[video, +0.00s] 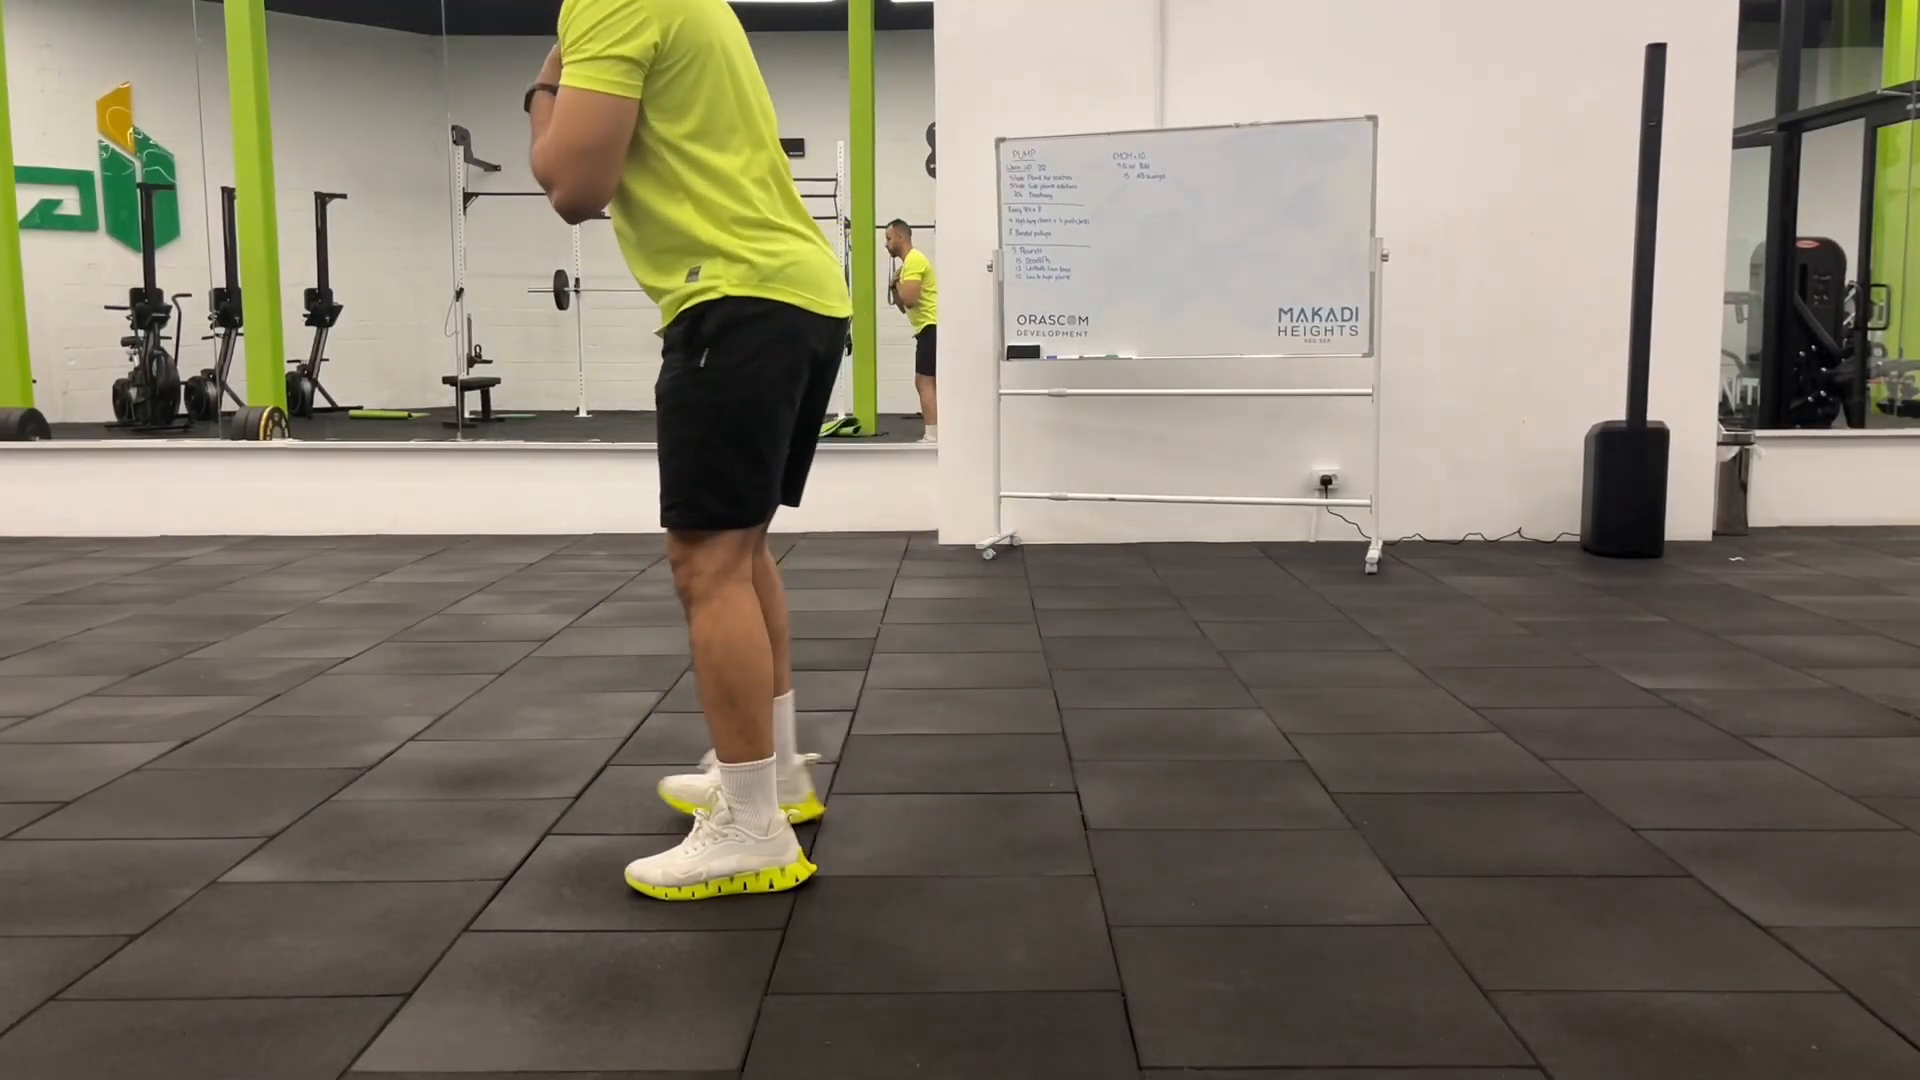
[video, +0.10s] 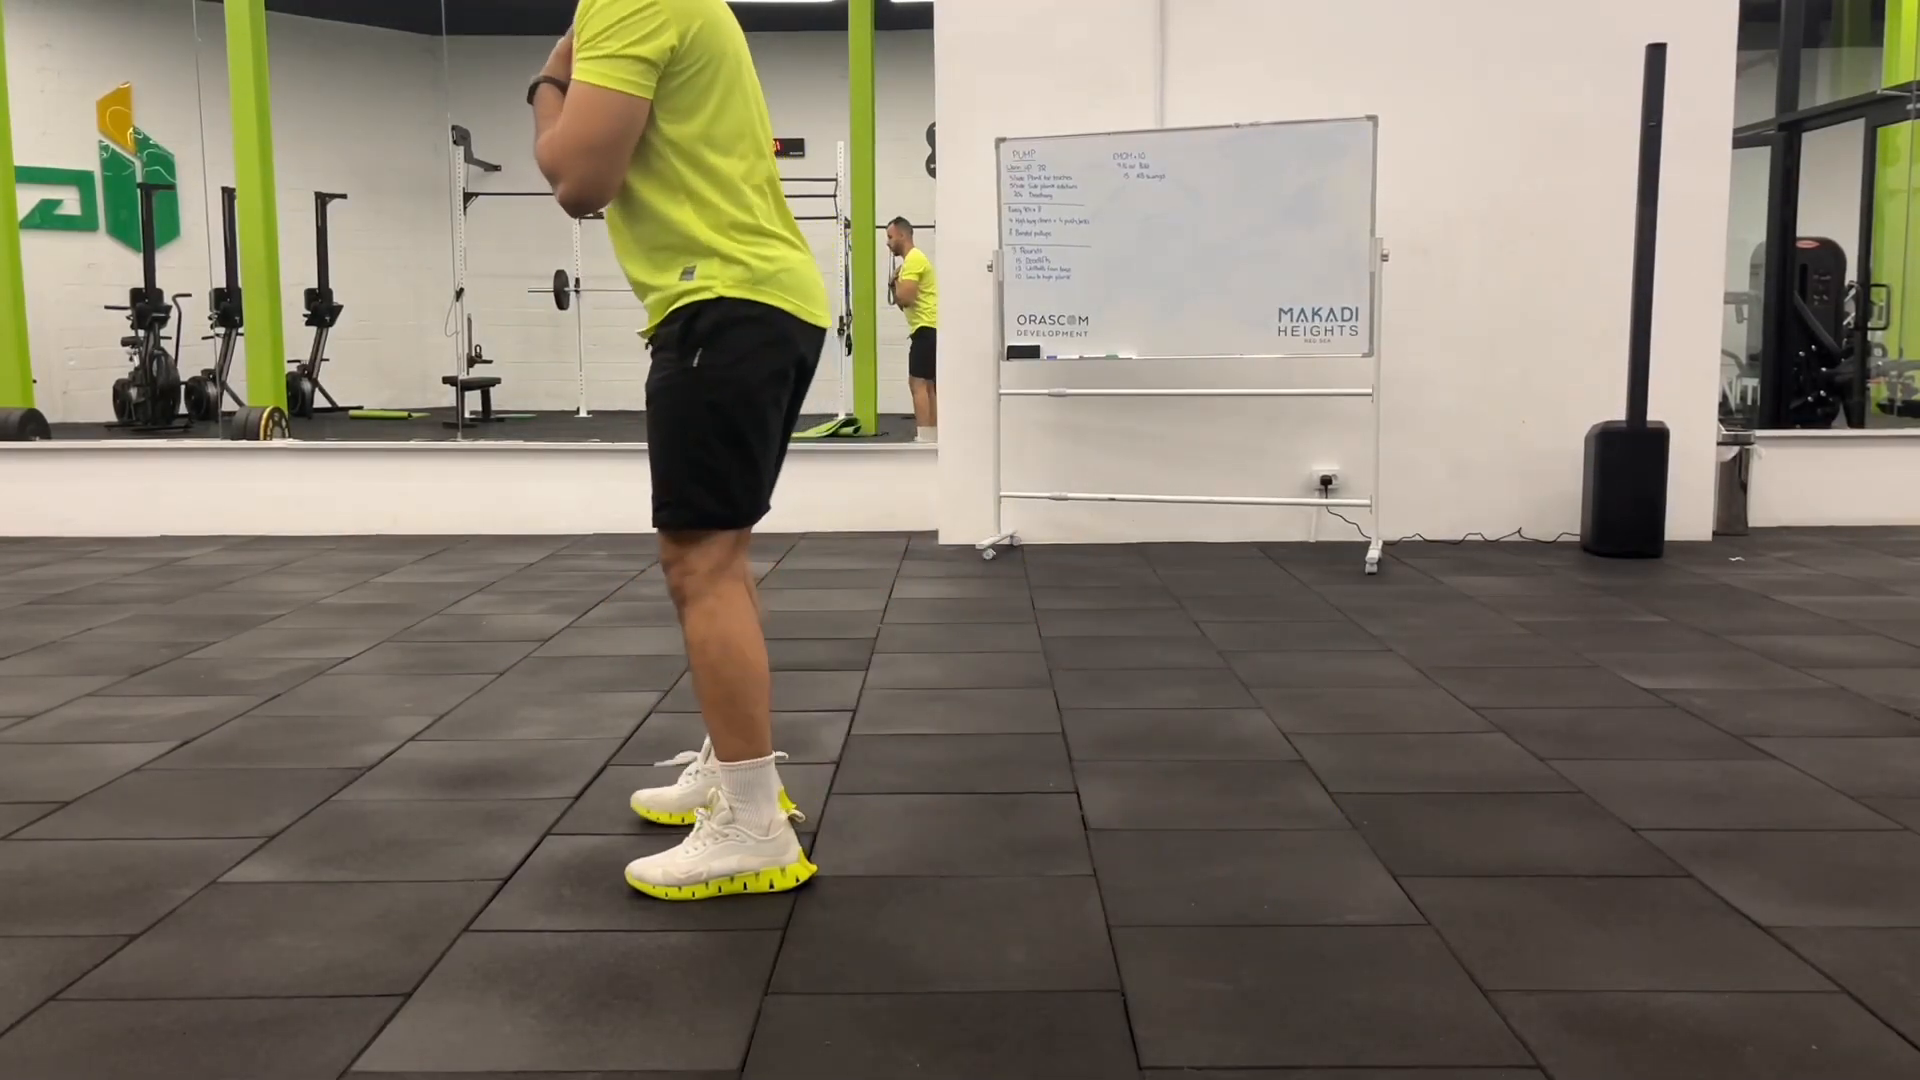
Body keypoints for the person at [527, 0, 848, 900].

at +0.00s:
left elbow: (575, 188)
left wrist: (544, 100)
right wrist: (564, 106)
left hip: (731, 300)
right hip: (794, 294)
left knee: (707, 564)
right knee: (742, 546)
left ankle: (749, 826)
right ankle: (780, 769)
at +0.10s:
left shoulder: (637, 3)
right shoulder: (647, 9)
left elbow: (580, 184)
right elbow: (583, 173)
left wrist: (552, 90)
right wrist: (560, 96)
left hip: (725, 300)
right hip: (743, 297)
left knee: (701, 563)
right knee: (712, 555)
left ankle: (755, 825)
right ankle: (732, 764)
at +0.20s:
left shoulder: (655, 8)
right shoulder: (636, 14)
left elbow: (593, 180)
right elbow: (596, 175)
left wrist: (556, 89)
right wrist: (573, 107)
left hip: (719, 306)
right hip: (702, 306)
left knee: (695, 563)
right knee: (689, 554)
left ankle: (755, 822)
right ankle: (731, 760)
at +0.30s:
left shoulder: (660, 8)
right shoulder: (630, 16)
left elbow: (594, 175)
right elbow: (603, 169)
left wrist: (556, 84)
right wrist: (575, 88)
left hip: (719, 302)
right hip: (686, 305)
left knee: (700, 554)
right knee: (666, 541)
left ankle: (757, 823)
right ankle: (729, 757)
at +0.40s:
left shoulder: (660, 9)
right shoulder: (631, 16)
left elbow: (591, 173)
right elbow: (599, 168)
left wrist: (555, 83)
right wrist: (575, 85)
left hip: (718, 303)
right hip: (683, 305)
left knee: (704, 552)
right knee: (664, 538)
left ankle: (757, 824)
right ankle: (730, 758)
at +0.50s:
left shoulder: (663, 9)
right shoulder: (633, 18)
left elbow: (595, 174)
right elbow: (604, 167)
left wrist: (557, 85)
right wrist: (576, 89)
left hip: (720, 305)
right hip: (685, 308)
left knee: (702, 555)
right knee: (667, 540)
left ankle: (757, 824)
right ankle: (730, 758)